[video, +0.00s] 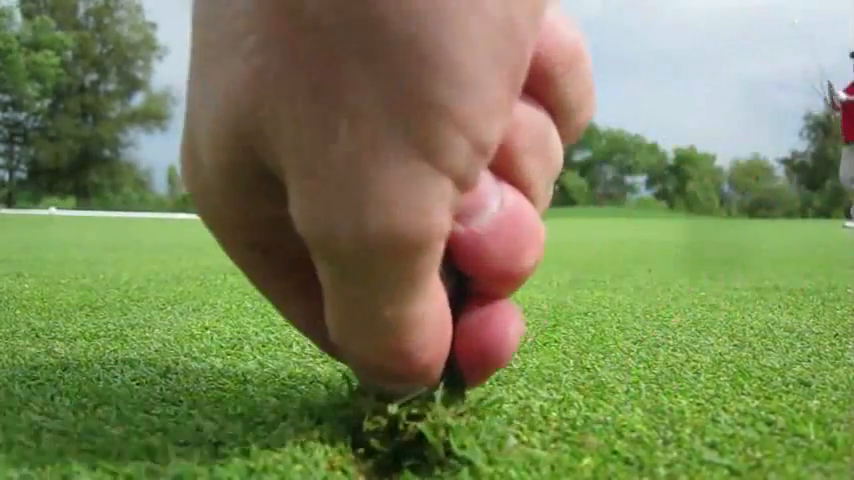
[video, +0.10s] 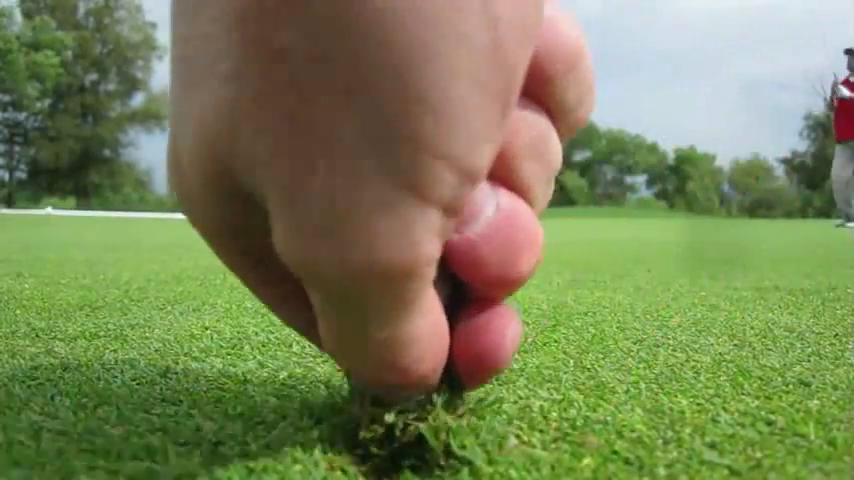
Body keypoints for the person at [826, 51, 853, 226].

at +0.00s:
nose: (851, 61)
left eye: (852, 58)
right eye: (851, 58)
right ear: (850, 61)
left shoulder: (849, 89)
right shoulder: (848, 88)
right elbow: (840, 107)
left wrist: (844, 97)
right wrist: (835, 101)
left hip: (849, 140)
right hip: (847, 140)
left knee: (846, 178)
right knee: (845, 178)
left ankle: (850, 215)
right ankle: (850, 214)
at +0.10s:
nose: (848, 62)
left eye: (850, 59)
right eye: (848, 59)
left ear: (853, 62)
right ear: (847, 61)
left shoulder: (850, 84)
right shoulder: (843, 84)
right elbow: (834, 107)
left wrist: (841, 92)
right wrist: (833, 97)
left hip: (849, 137)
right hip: (843, 137)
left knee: (844, 175)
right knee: (840, 175)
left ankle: (849, 214)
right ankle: (846, 214)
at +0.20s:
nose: (843, 60)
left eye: (846, 56)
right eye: (841, 56)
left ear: (853, 60)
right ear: (839, 59)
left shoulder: (850, 83)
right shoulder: (833, 85)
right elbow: (825, 111)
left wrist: (849, 97)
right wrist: (832, 100)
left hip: (848, 136)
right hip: (838, 137)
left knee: (837, 176)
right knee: (832, 176)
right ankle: (827, 215)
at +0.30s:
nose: (835, 61)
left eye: (838, 57)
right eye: (832, 57)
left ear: (845, 60)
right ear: (830, 60)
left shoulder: (851, 80)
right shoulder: (823, 86)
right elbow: (819, 110)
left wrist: (850, 101)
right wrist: (833, 100)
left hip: (850, 137)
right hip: (830, 138)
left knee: (851, 180)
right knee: (825, 177)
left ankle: (852, 218)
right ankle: (813, 212)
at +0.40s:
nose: (825, 60)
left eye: (829, 57)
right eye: (823, 57)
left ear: (836, 60)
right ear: (820, 60)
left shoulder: (848, 81)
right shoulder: (812, 86)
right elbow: (807, 113)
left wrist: (850, 102)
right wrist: (825, 105)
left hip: (846, 139)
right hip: (821, 140)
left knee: (850, 180)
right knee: (817, 178)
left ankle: (851, 217)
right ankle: (808, 214)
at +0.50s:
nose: (816, 60)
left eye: (819, 56)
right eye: (813, 57)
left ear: (825, 59)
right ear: (809, 60)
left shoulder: (838, 80)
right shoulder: (801, 85)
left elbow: (846, 103)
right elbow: (796, 112)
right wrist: (813, 110)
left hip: (836, 137)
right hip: (810, 138)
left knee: (844, 180)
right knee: (807, 179)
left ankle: (851, 215)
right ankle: (806, 216)